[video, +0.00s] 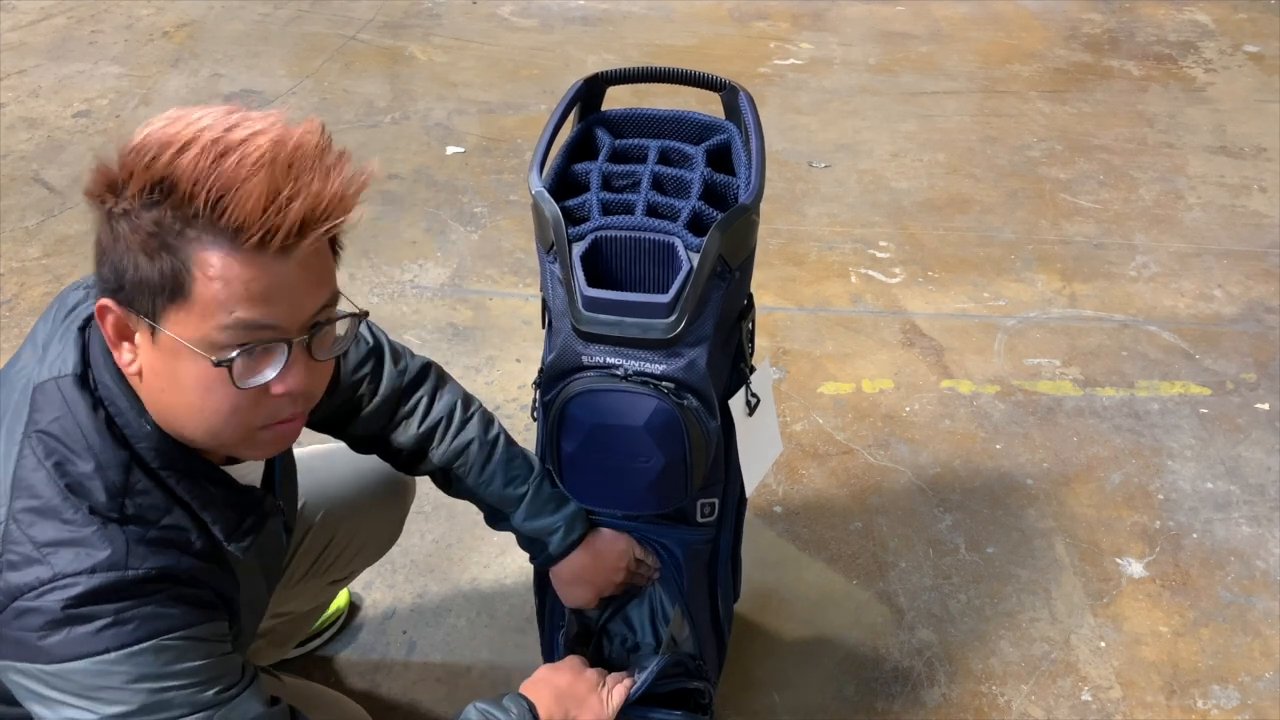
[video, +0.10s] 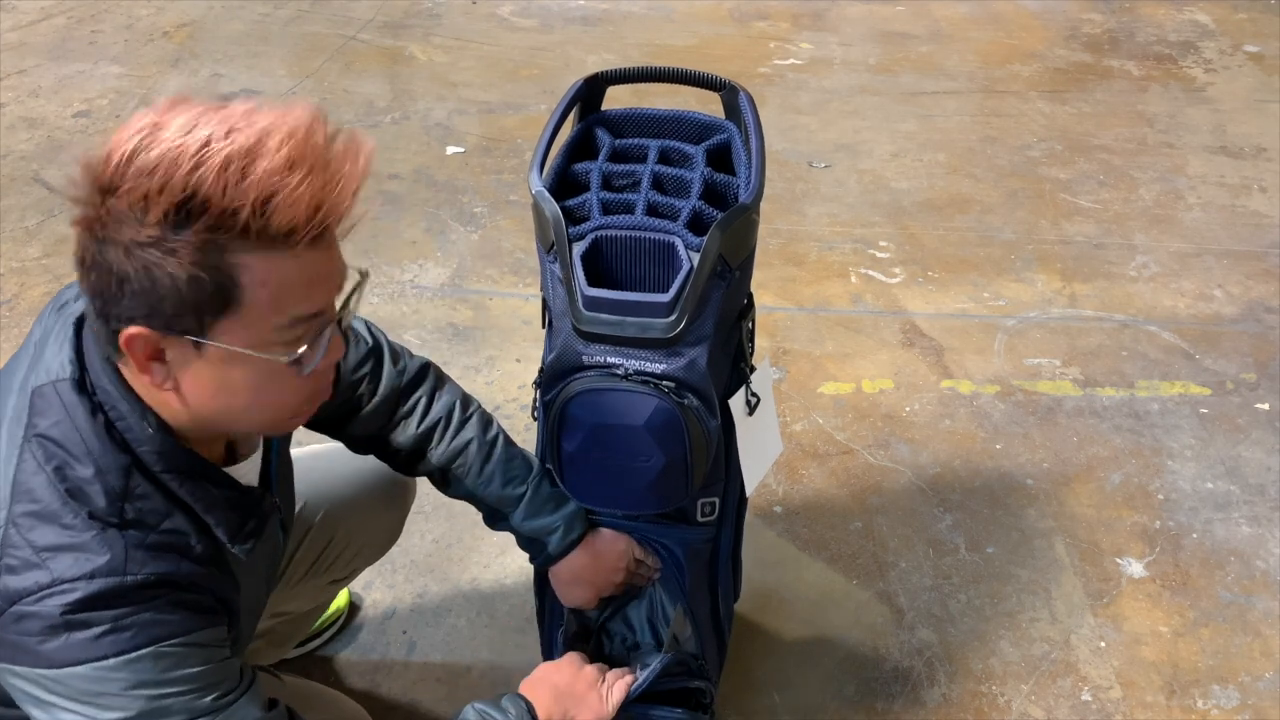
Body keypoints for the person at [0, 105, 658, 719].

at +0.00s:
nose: (301, 384)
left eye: (317, 328)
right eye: (245, 350)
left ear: (330, 286)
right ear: (126, 338)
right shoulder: (100, 605)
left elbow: (401, 396)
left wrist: (562, 537)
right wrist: (529, 712)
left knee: (377, 490)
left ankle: (264, 642)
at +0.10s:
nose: (340, 354)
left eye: (336, 315)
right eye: (302, 341)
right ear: (156, 363)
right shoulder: (112, 621)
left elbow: (395, 394)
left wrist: (561, 537)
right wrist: (529, 711)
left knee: (378, 489)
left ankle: (258, 641)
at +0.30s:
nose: (335, 310)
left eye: (323, 275)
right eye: (302, 302)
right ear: (168, 348)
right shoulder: (106, 607)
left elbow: (363, 365)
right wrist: (531, 658)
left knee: (377, 487)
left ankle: (267, 645)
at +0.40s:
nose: (332, 300)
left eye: (322, 269)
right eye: (303, 294)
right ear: (168, 347)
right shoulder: (98, 590)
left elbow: (318, 370)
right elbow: (357, 699)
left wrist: (436, 396)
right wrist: (542, 532)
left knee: (383, 489)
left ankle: (283, 631)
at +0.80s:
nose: (368, 225)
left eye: (370, 191)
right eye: (358, 199)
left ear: (211, 229)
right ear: (212, 232)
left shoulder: (134, 222)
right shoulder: (97, 473)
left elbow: (291, 348)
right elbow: (324, 669)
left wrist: (449, 371)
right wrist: (497, 459)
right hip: (40, 669)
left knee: (352, 468)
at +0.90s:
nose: (393, 130)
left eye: (402, 103)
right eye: (390, 106)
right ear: (236, 98)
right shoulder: (70, 344)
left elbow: (266, 283)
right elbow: (225, 618)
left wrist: (436, 354)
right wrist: (452, 471)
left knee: (292, 450)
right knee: (217, 703)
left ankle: (271, 619)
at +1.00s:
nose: (393, 71)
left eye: (409, 44)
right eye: (397, 38)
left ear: (246, 6)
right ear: (250, 6)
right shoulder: (61, 211)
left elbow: (253, 216)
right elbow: (176, 550)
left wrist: (428, 333)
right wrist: (430, 483)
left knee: (187, 473)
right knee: (91, 694)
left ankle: (224, 639)